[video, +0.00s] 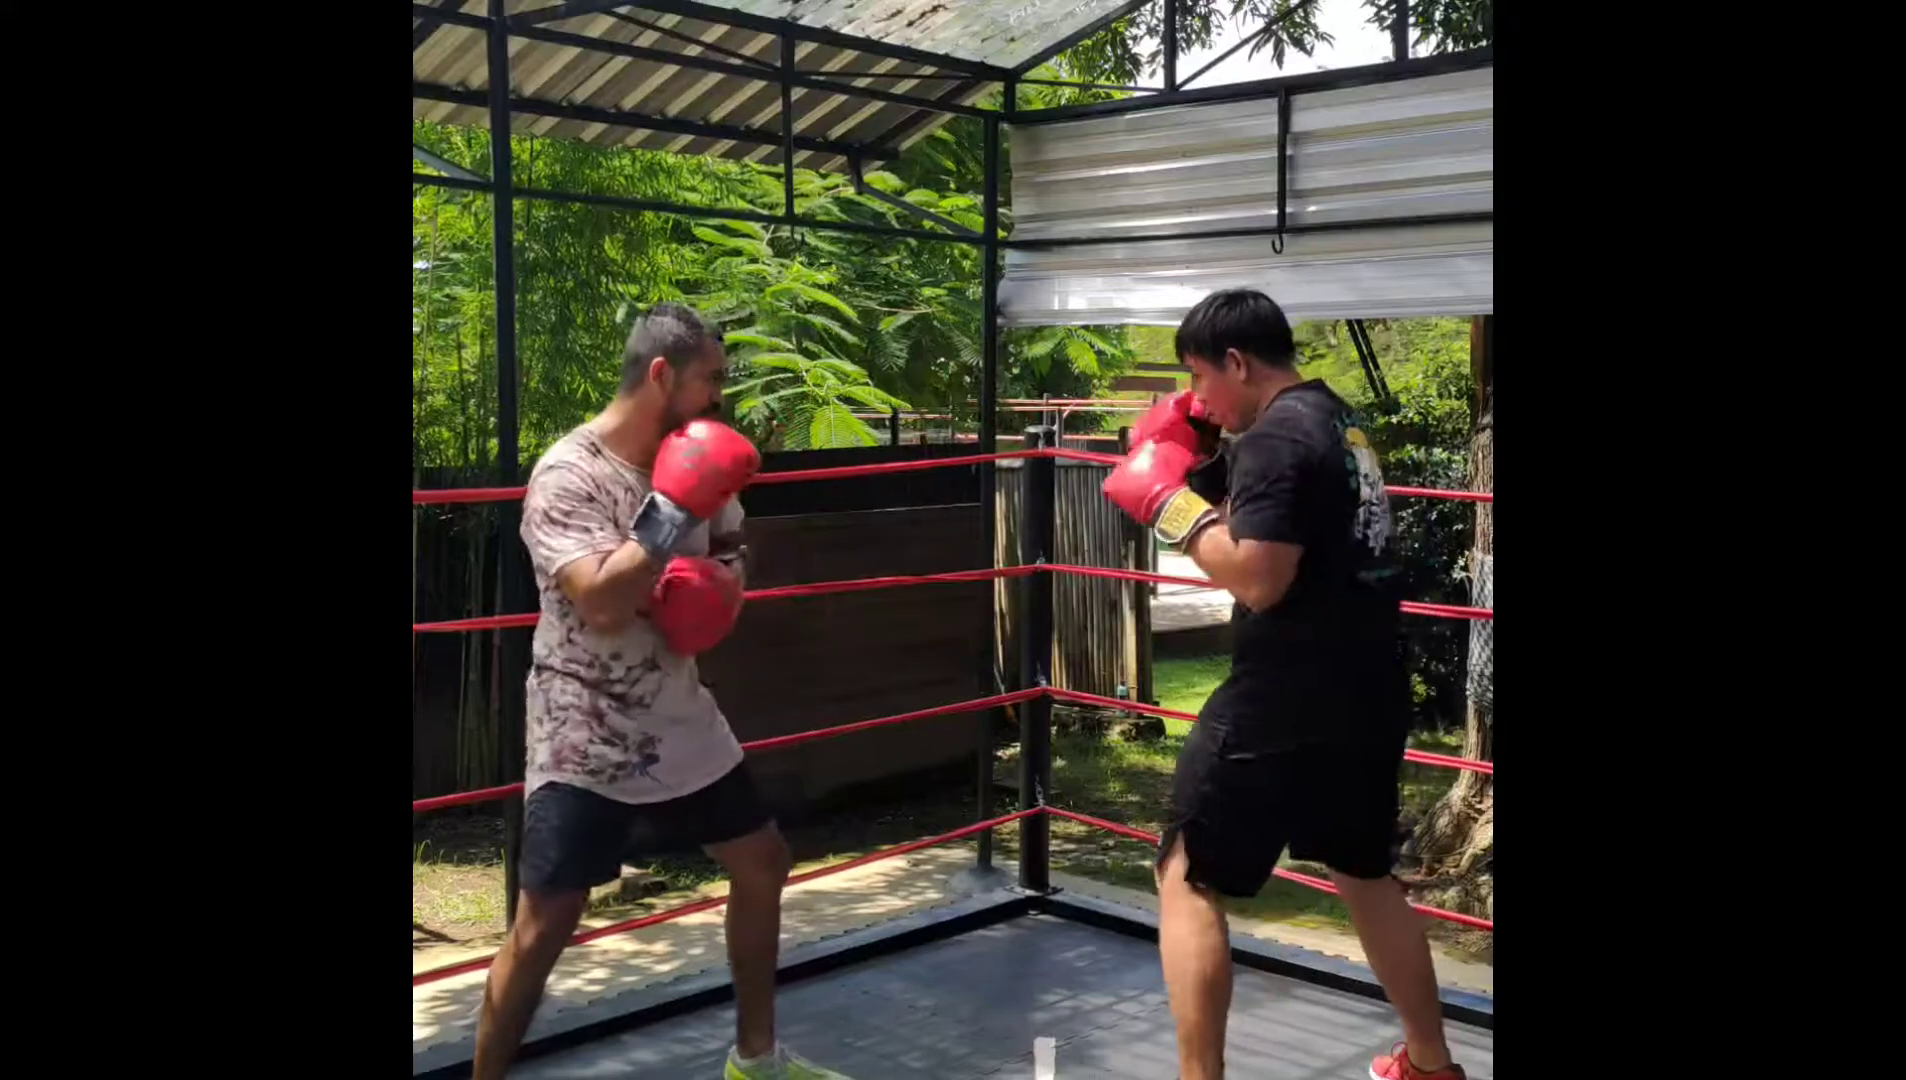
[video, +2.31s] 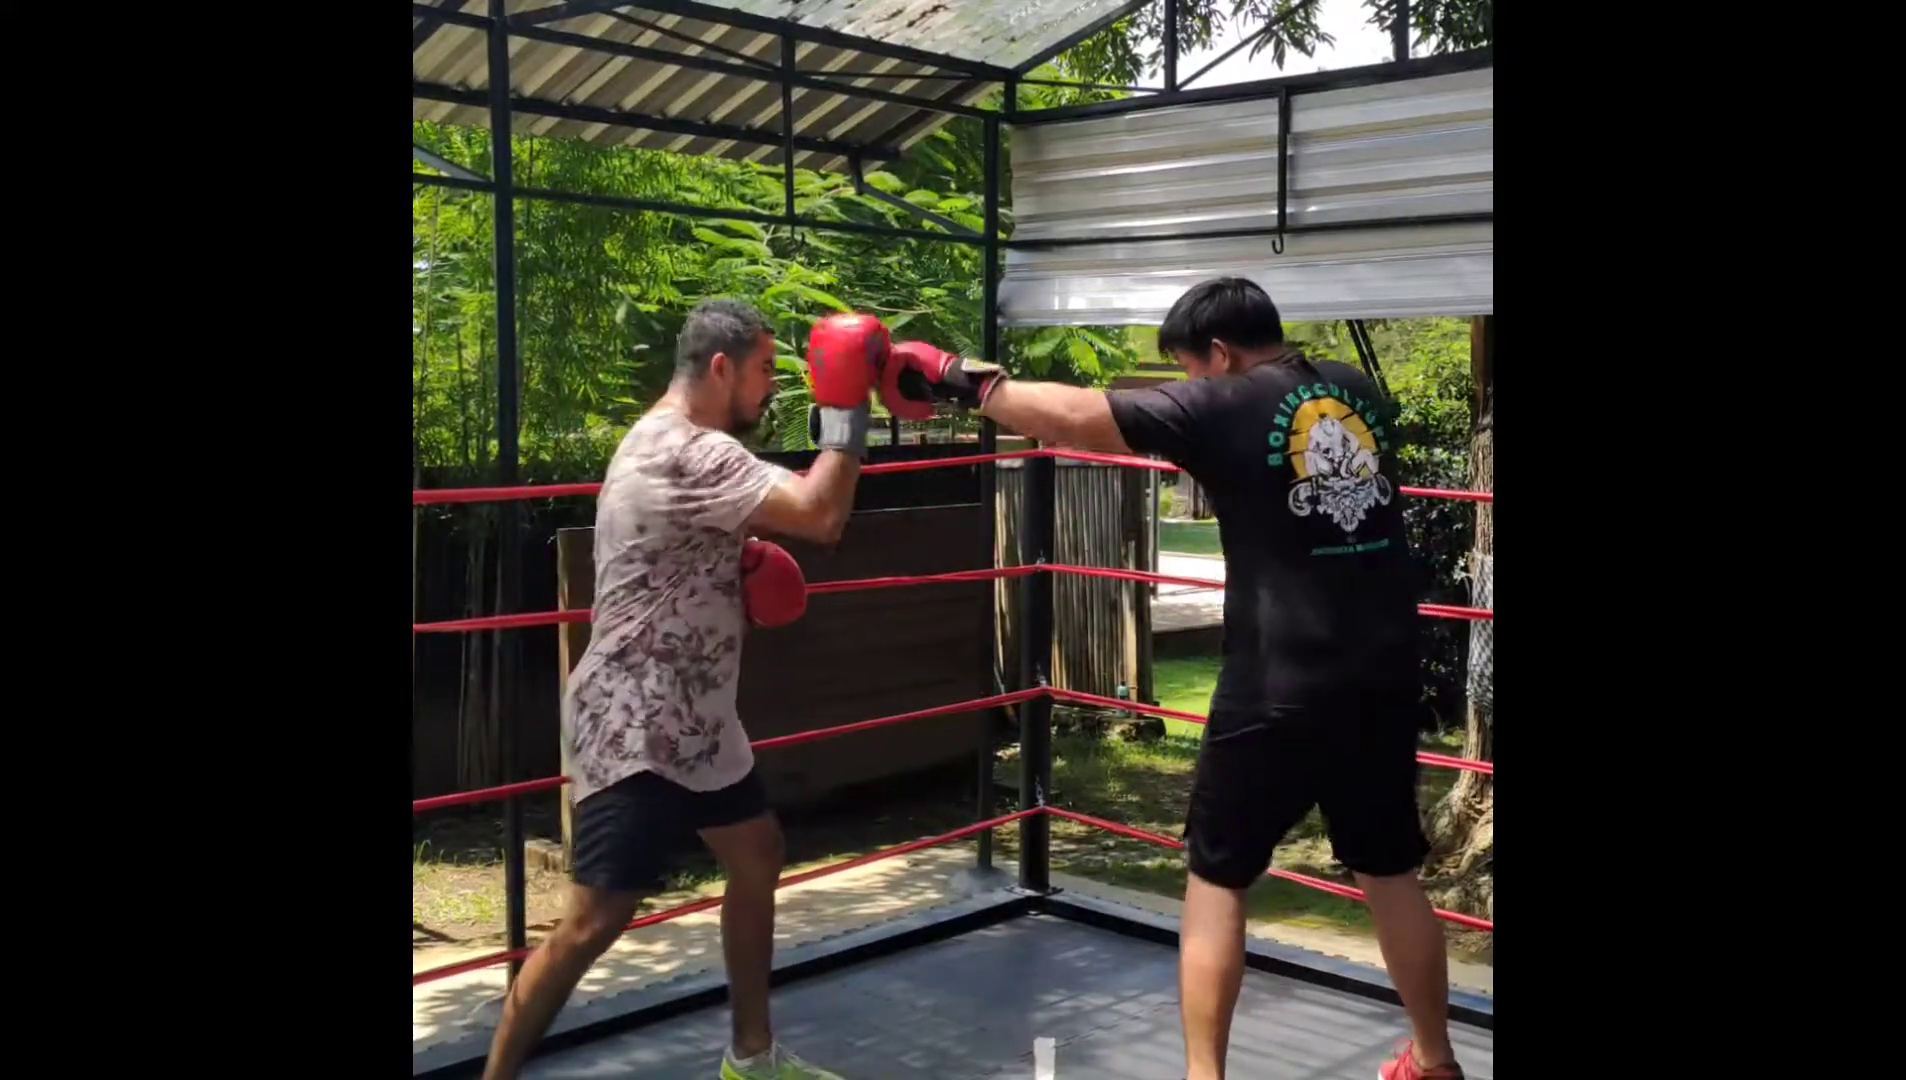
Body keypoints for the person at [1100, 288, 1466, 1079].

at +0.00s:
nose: (1196, 399)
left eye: (1198, 378)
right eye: (1192, 381)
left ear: (1237, 366)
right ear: (1265, 361)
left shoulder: (1276, 435)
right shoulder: (1331, 416)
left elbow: (1259, 577)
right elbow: (1285, 528)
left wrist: (1173, 509)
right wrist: (1202, 464)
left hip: (1280, 697)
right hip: (1365, 695)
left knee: (1187, 877)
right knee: (1368, 872)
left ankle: (1200, 1071)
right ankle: (1430, 1059)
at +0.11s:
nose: (1174, 388)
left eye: (1173, 369)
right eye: (1167, 373)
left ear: (1212, 354)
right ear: (1258, 348)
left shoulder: (1232, 420)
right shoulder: (1331, 408)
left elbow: (1177, 532)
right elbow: (1281, 511)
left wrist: (1102, 480)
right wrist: (1186, 460)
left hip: (1251, 690)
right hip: (1351, 690)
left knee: (1180, 877)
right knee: (1368, 871)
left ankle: (1179, 1070)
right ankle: (1425, 1051)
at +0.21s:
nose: (1153, 377)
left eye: (1154, 361)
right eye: (1148, 363)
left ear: (1190, 348)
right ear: (1245, 339)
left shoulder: (1197, 410)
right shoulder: (1327, 399)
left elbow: (1057, 444)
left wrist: (945, 410)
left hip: (1245, 681)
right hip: (1352, 681)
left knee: (1180, 872)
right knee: (1366, 860)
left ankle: (1177, 1072)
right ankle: (1420, 1048)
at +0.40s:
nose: (1168, 383)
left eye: (1168, 365)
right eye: (1163, 367)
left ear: (1201, 346)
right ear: (1244, 342)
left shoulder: (1208, 406)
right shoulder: (1323, 398)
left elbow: (1079, 475)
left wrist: (980, 432)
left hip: (1253, 680)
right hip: (1352, 678)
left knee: (1187, 871)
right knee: (1362, 852)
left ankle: (1182, 1069)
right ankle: (1434, 1038)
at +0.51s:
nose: (1183, 386)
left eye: (1182, 367)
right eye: (1175, 371)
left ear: (1224, 347)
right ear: (1265, 343)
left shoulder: (1242, 414)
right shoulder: (1328, 402)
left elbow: (1157, 537)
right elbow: (1274, 516)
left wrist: (1087, 461)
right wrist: (1184, 456)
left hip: (1269, 687)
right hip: (1360, 683)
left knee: (1213, 889)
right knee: (1370, 869)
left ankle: (1195, 1072)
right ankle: (1434, 1056)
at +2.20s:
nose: (1186, 387)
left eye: (1186, 370)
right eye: (1180, 373)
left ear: (1225, 353)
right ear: (1273, 345)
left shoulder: (1234, 413)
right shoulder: (1348, 396)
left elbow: (1091, 453)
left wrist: (994, 412)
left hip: (1286, 675)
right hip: (1390, 674)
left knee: (1218, 869)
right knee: (1391, 870)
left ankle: (1205, 1068)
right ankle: (1435, 1060)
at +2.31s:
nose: (1187, 384)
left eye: (1187, 368)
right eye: (1182, 371)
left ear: (1221, 351)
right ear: (1274, 341)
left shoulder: (1220, 407)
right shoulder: (1356, 393)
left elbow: (1074, 413)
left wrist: (964, 380)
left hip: (1275, 686)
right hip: (1383, 682)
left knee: (1216, 878)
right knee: (1393, 871)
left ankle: (1205, 1069)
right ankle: (1436, 1056)